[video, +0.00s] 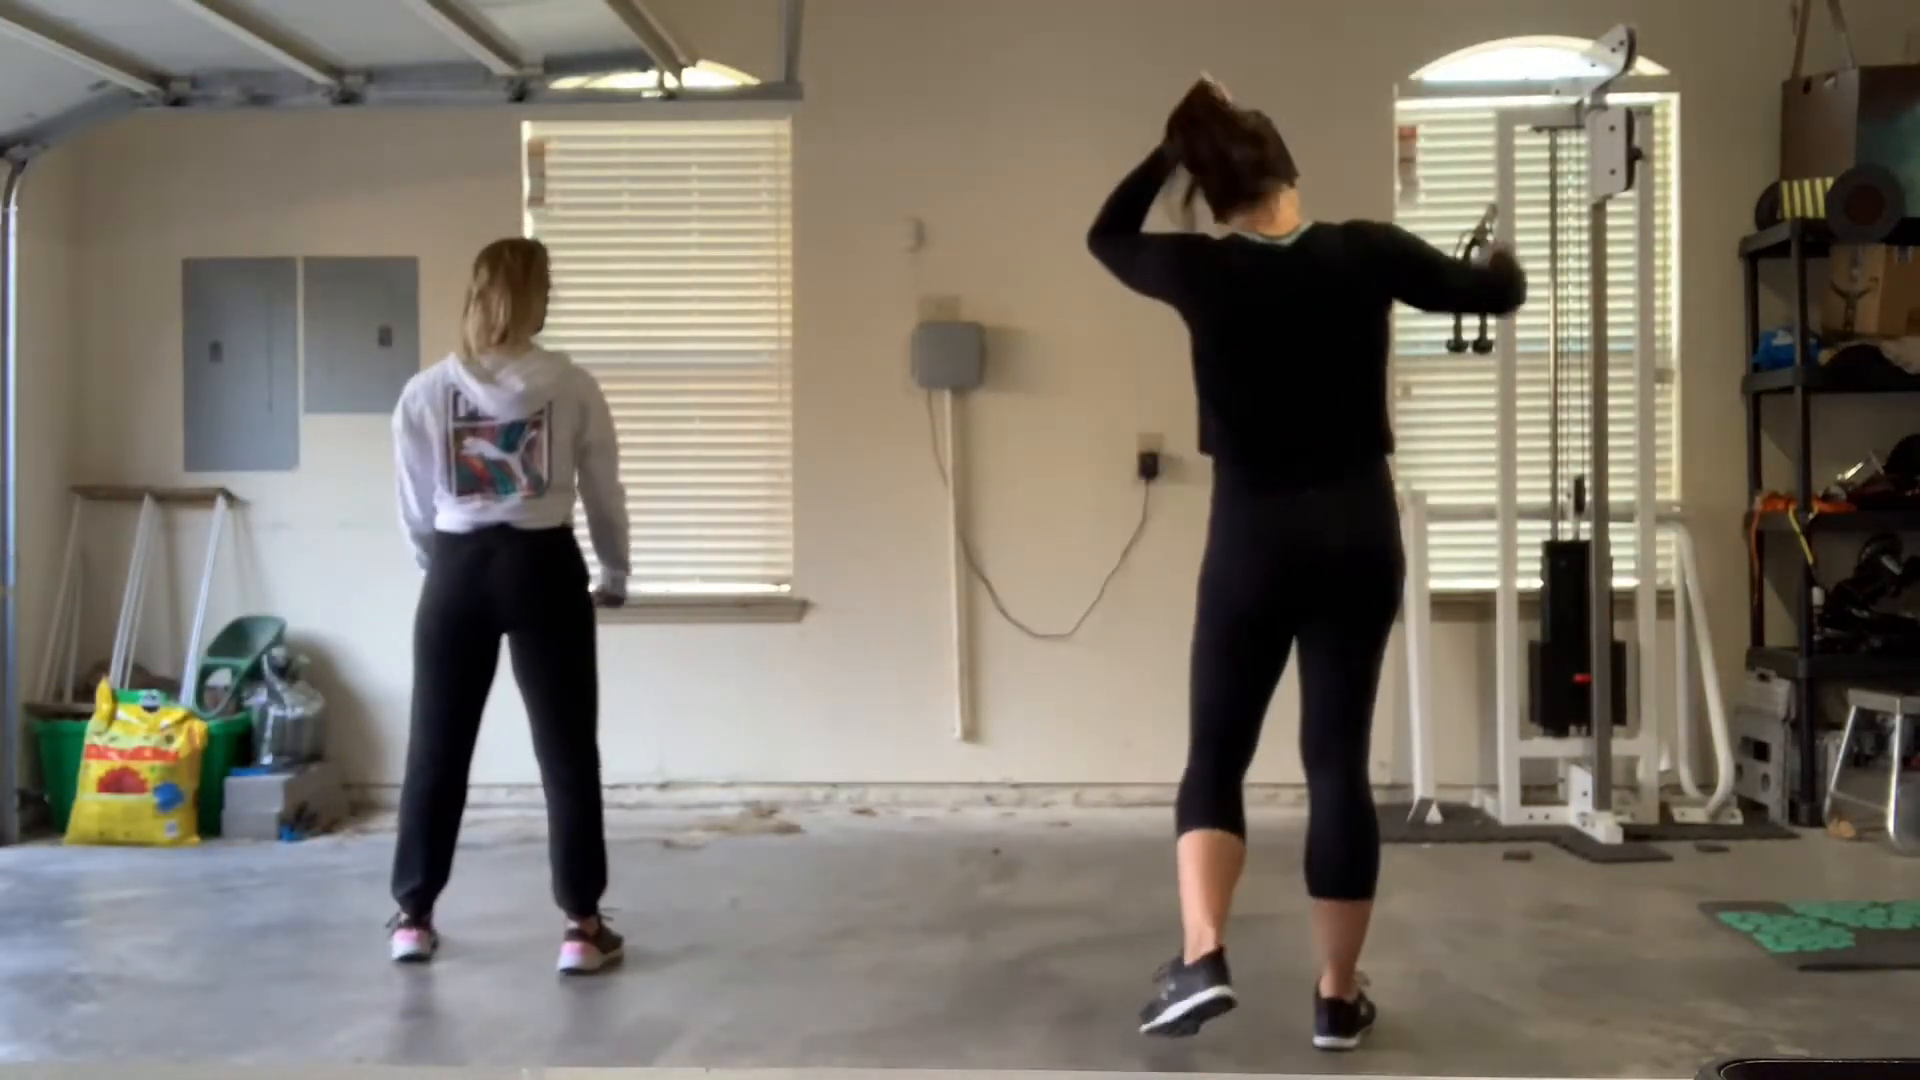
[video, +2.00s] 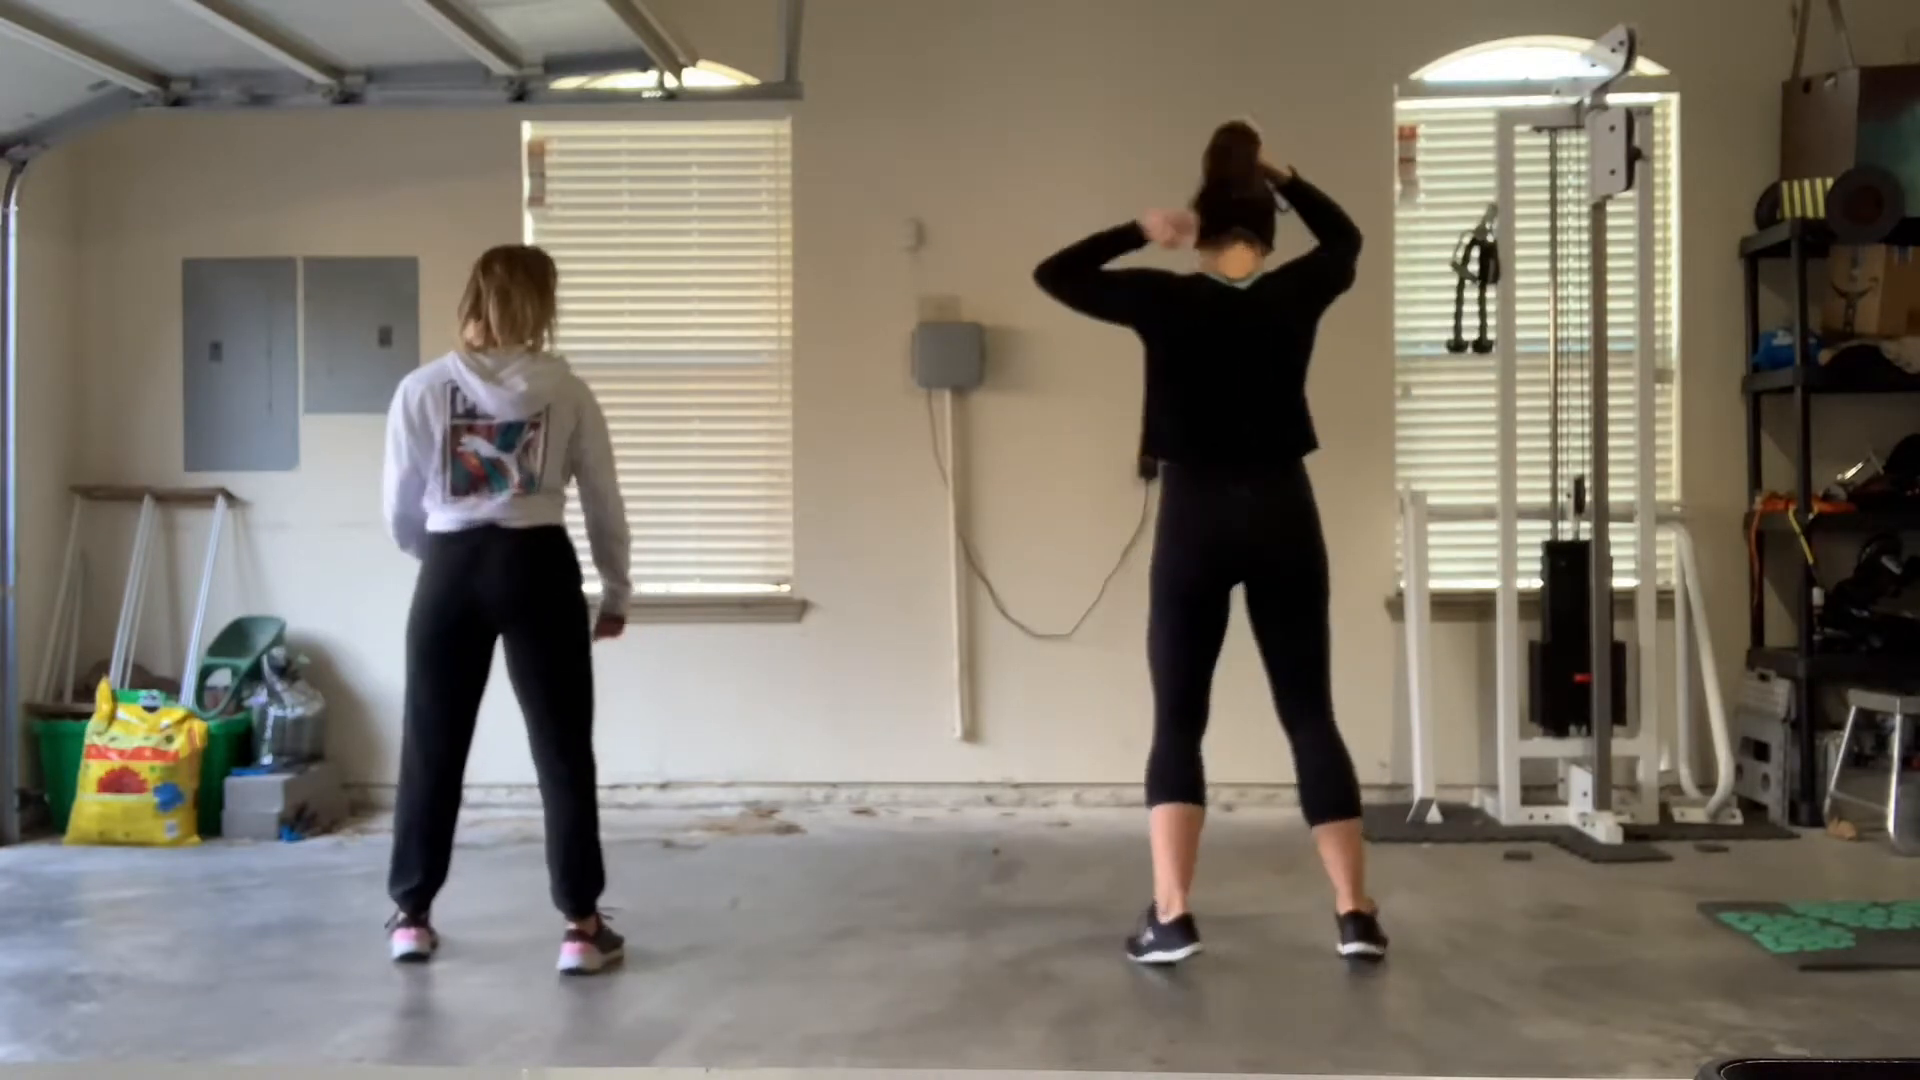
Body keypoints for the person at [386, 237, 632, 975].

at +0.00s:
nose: (539, 305)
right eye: (540, 293)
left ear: (473, 296)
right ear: (540, 299)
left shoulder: (424, 392)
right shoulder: (572, 385)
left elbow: (416, 508)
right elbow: (604, 496)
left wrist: (437, 562)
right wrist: (614, 572)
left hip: (457, 574)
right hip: (547, 572)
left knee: (436, 749)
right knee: (568, 751)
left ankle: (413, 919)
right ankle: (581, 926)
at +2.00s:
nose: (551, 312)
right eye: (548, 300)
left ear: (472, 301)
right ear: (542, 305)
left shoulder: (421, 390)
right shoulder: (567, 389)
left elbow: (403, 516)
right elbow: (603, 503)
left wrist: (446, 556)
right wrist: (616, 589)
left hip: (451, 574)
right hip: (542, 572)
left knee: (431, 750)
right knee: (564, 753)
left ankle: (411, 918)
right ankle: (581, 927)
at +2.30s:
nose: (539, 315)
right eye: (536, 304)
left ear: (464, 309)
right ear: (534, 309)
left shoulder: (421, 392)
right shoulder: (564, 387)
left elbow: (389, 500)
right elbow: (619, 486)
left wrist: (376, 593)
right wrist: (649, 570)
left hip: (462, 580)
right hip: (555, 577)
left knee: (438, 753)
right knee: (574, 755)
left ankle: (414, 918)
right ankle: (583, 925)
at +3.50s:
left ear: (479, 365)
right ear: (541, 368)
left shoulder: (429, 401)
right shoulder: (564, 401)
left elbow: (381, 477)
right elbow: (632, 450)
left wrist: (342, 562)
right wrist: (711, 498)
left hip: (413, 577)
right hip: (498, 577)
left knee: (406, 757)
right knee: (548, 758)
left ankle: (409, 921)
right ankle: (581, 926)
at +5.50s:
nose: (578, 400)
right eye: (578, 390)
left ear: (514, 373)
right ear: (566, 381)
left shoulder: (442, 417)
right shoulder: (572, 404)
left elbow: (393, 515)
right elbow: (590, 486)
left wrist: (363, 603)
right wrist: (619, 576)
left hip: (479, 571)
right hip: (566, 561)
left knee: (453, 747)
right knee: (585, 750)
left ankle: (414, 919)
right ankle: (583, 924)